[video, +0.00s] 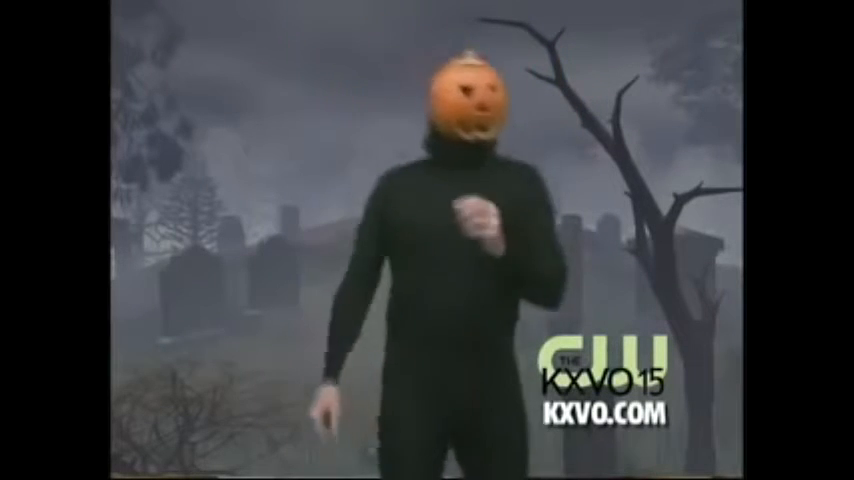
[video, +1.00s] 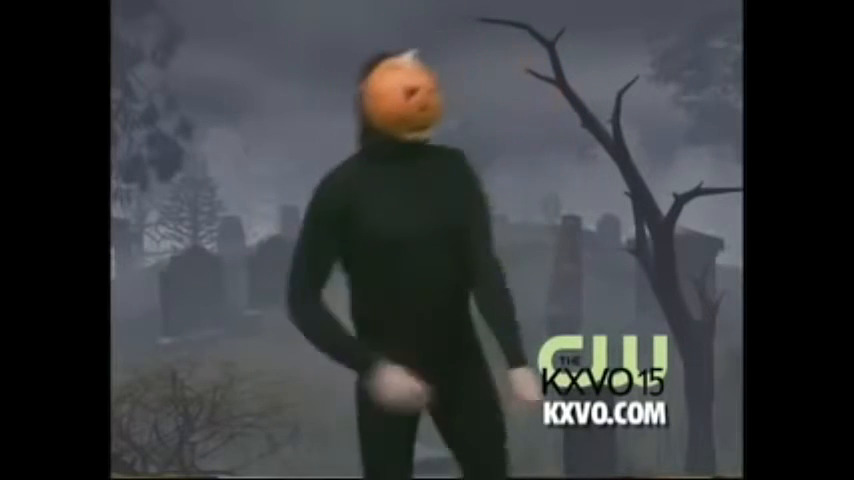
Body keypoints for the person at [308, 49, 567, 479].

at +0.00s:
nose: (480, 97)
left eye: (491, 88)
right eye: (464, 87)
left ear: (504, 106)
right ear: (435, 103)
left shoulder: (520, 184)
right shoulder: (397, 187)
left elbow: (551, 291)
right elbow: (359, 283)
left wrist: (503, 247)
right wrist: (330, 377)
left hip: (490, 385)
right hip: (412, 386)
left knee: (504, 472)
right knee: (405, 472)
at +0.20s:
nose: (509, 94)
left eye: (522, 88)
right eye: (494, 84)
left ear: (532, 112)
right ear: (468, 102)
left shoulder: (539, 187)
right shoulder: (423, 172)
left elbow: (518, 270)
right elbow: (385, 229)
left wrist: (467, 193)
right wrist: (350, 260)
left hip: (488, 360)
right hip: (416, 348)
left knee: (498, 471)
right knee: (364, 416)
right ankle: (399, 473)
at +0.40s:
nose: (536, 88)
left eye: (548, 82)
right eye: (522, 78)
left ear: (557, 102)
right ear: (494, 89)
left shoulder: (550, 167)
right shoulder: (453, 154)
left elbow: (496, 204)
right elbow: (403, 231)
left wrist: (406, 179)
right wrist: (346, 247)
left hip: (479, 342)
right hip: (410, 317)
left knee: (479, 471)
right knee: (315, 341)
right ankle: (364, 469)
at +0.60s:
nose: (542, 100)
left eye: (553, 94)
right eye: (528, 87)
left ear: (557, 119)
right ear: (491, 97)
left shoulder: (545, 191)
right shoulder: (443, 159)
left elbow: (499, 231)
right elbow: (401, 229)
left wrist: (423, 176)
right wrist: (357, 260)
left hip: (475, 353)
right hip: (405, 331)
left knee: (480, 471)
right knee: (312, 366)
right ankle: (326, 474)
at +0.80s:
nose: (494, 68)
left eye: (503, 60)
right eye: (482, 55)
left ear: (510, 87)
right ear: (451, 78)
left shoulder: (516, 157)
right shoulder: (396, 138)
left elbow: (512, 263)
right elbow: (348, 171)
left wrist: (460, 210)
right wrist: (361, 233)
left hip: (459, 322)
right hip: (388, 319)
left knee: (461, 463)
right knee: (374, 460)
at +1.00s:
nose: (419, 93)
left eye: (425, 85)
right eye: (402, 87)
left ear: (438, 98)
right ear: (368, 105)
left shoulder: (453, 170)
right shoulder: (343, 186)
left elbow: (484, 271)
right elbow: (302, 301)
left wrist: (516, 360)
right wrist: (370, 366)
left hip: (458, 359)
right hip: (384, 363)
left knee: (490, 469)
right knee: (387, 473)